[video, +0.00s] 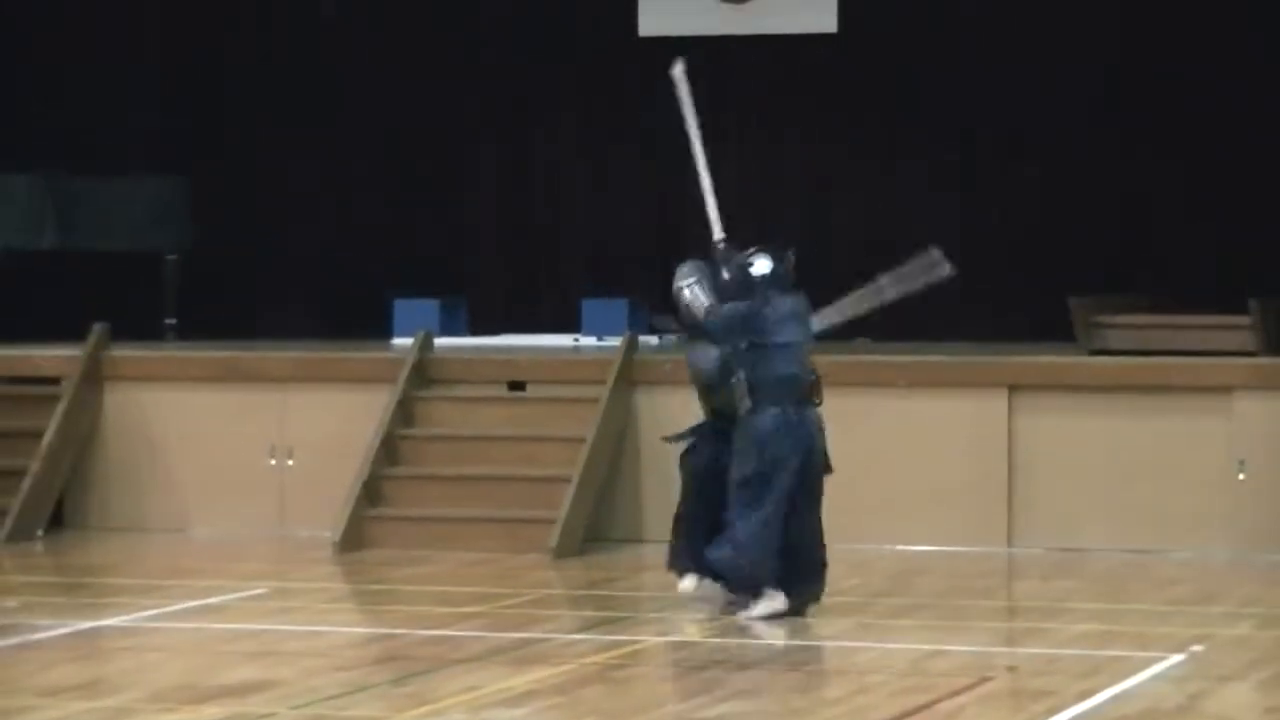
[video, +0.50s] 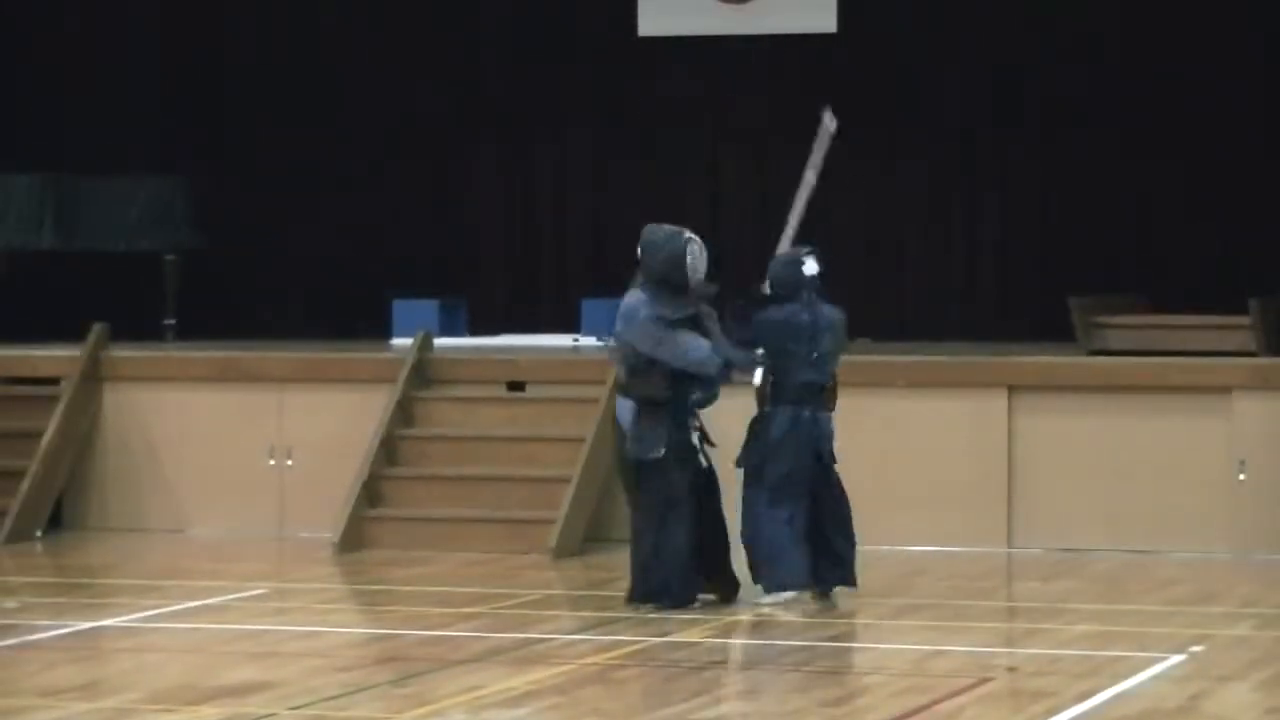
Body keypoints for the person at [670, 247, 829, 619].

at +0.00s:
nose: (742, 284)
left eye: (746, 277)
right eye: (741, 278)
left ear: (755, 280)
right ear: (783, 274)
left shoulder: (757, 312)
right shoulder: (798, 306)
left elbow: (709, 316)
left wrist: (689, 279)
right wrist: (734, 263)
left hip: (768, 415)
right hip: (804, 414)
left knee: (755, 500)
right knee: (799, 505)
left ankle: (771, 588)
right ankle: (802, 587)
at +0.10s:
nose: (697, 303)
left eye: (702, 293)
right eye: (688, 297)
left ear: (716, 293)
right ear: (680, 301)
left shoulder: (737, 333)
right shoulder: (670, 342)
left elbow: (748, 378)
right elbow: (669, 392)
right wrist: (720, 392)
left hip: (739, 431)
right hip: (698, 434)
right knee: (691, 504)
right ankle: (686, 587)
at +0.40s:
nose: (697, 278)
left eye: (699, 269)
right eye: (687, 271)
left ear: (703, 268)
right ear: (668, 273)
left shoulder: (709, 309)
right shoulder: (646, 317)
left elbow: (727, 350)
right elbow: (669, 370)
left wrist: (733, 366)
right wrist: (727, 371)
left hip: (702, 417)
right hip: (662, 421)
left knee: (718, 499)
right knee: (669, 504)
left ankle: (734, 581)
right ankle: (666, 592)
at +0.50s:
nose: (694, 274)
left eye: (694, 265)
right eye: (686, 265)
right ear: (664, 266)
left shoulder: (689, 305)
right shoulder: (637, 310)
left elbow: (718, 347)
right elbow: (680, 349)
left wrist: (748, 360)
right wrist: (720, 362)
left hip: (680, 411)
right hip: (646, 414)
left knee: (700, 491)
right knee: (661, 498)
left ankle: (711, 576)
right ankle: (658, 588)